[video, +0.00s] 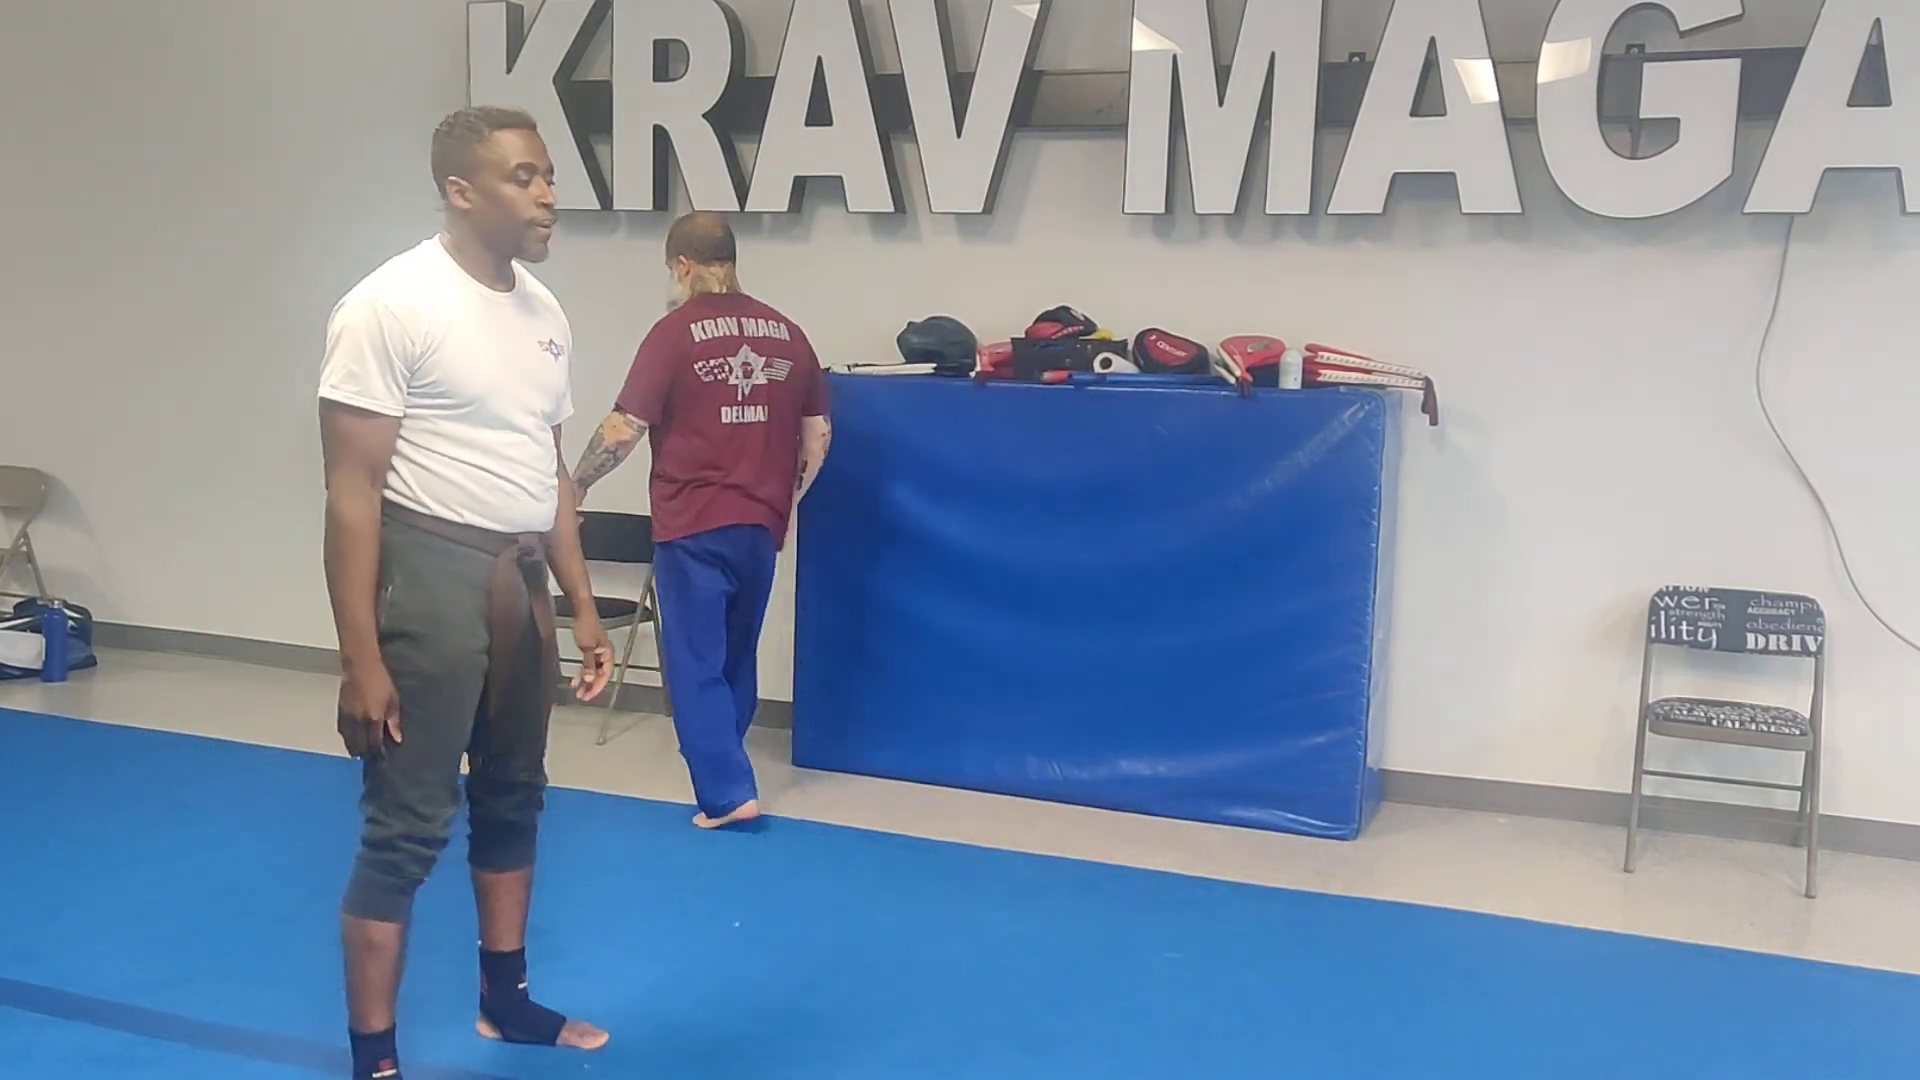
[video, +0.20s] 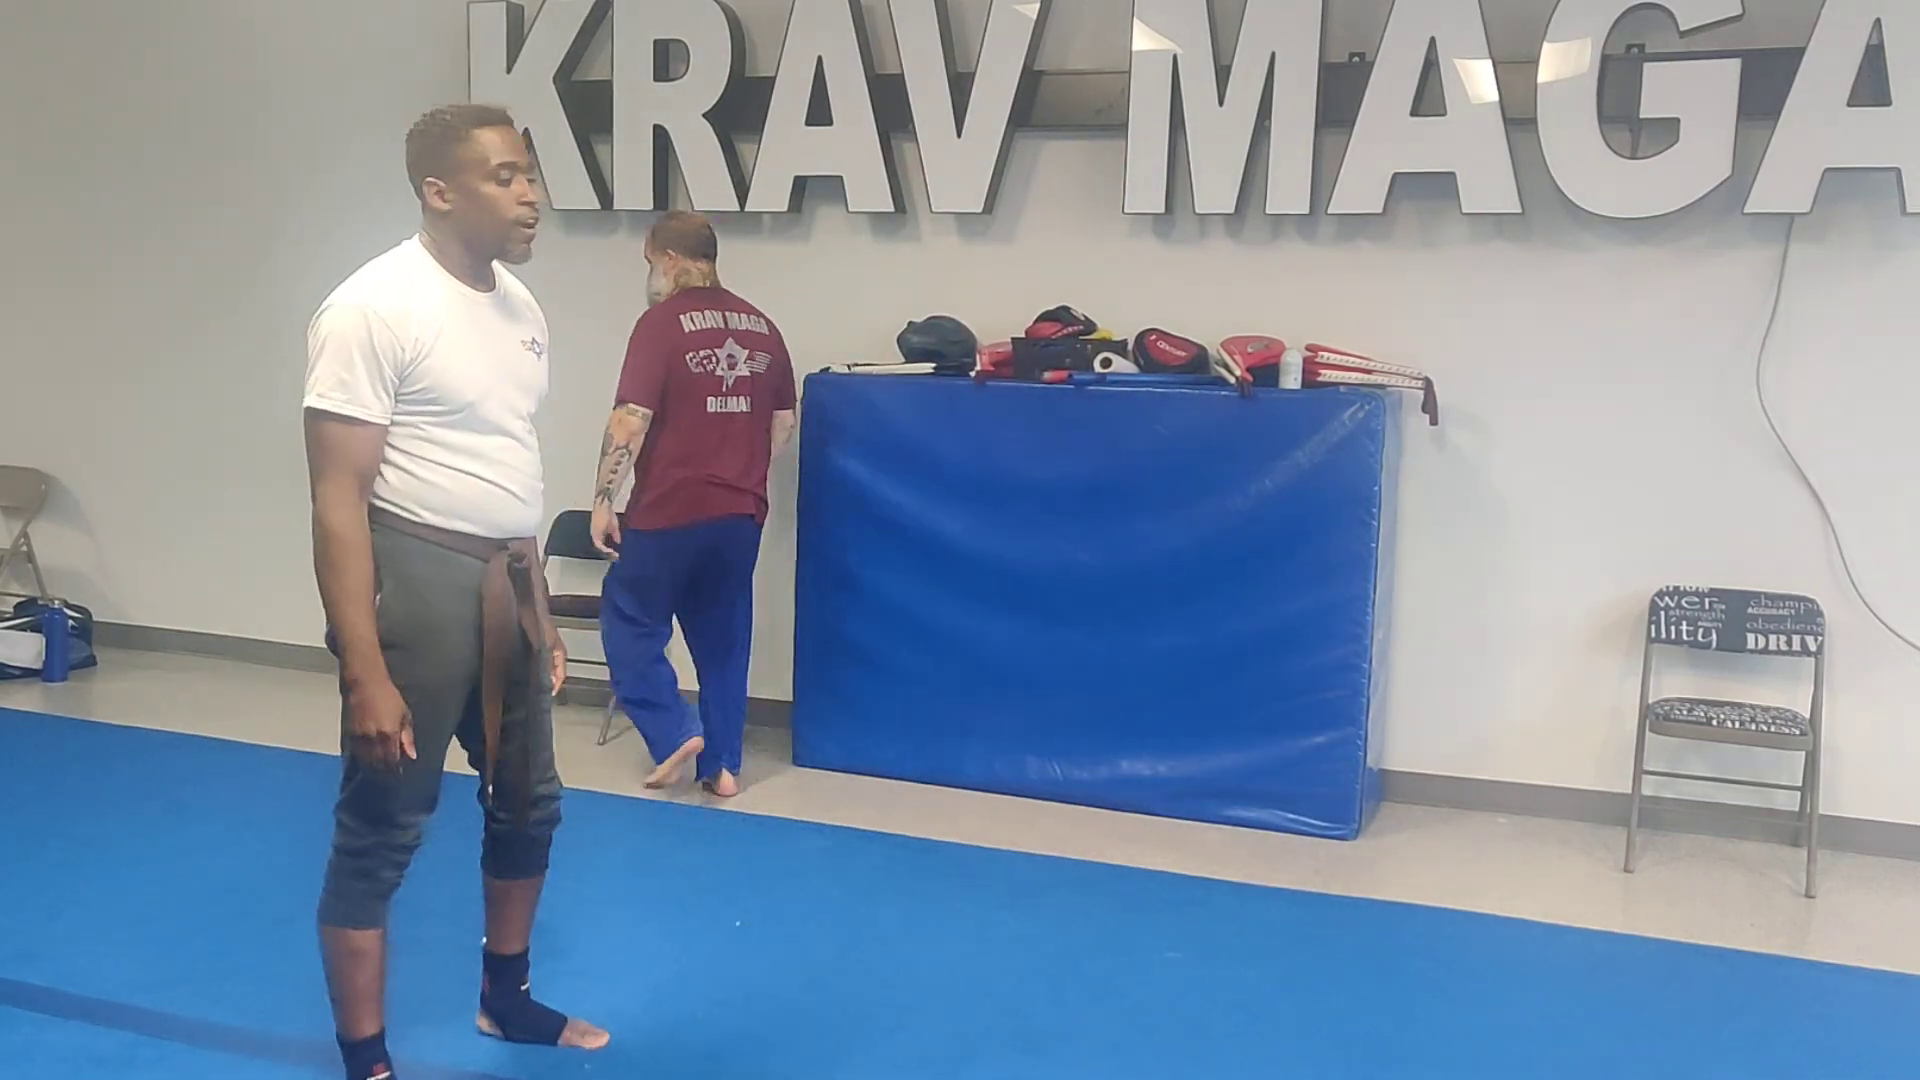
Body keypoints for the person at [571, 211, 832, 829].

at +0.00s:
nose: (670, 277)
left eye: (670, 268)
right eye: (672, 267)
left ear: (682, 266)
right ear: (731, 262)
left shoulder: (676, 331)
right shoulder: (786, 330)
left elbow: (621, 433)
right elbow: (819, 432)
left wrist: (574, 483)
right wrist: (789, 495)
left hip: (693, 521)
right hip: (763, 520)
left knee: (696, 665)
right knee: (738, 656)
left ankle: (731, 795)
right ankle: (722, 782)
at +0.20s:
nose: (649, 276)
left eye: (650, 265)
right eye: (648, 266)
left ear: (669, 260)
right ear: (710, 261)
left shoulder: (662, 323)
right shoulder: (760, 325)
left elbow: (629, 423)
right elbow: (784, 419)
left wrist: (603, 498)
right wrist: (748, 476)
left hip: (669, 510)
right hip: (738, 511)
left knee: (629, 618)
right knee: (724, 640)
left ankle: (671, 734)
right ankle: (724, 767)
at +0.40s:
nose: (608, 283)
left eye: (610, 272)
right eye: (607, 273)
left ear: (632, 268)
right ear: (668, 266)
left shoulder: (634, 326)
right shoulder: (721, 324)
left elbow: (621, 427)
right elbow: (742, 415)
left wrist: (602, 507)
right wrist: (718, 481)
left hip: (648, 512)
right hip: (716, 508)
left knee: (609, 637)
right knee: (718, 643)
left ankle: (590, 749)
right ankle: (724, 767)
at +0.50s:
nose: (579, 287)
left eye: (581, 275)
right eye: (579, 276)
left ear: (603, 274)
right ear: (637, 270)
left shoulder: (606, 334)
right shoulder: (694, 326)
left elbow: (598, 434)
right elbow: (719, 414)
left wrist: (579, 515)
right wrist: (684, 468)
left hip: (633, 514)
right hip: (700, 508)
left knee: (595, 631)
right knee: (704, 638)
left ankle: (579, 744)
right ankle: (723, 758)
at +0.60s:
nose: (549, 292)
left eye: (550, 281)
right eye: (546, 282)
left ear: (574, 275)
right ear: (609, 271)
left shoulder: (580, 333)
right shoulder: (667, 321)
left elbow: (571, 433)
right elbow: (692, 409)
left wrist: (543, 519)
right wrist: (661, 469)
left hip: (605, 508)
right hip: (673, 501)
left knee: (577, 625)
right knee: (673, 619)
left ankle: (576, 743)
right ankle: (711, 729)